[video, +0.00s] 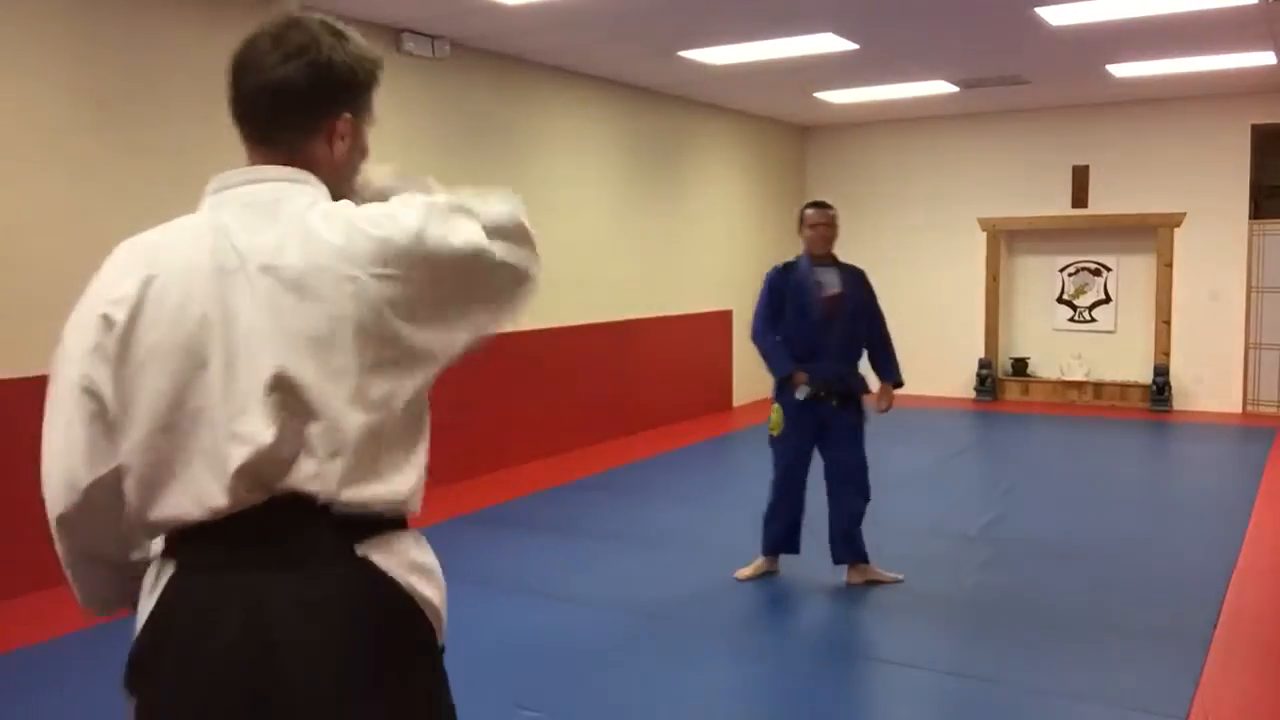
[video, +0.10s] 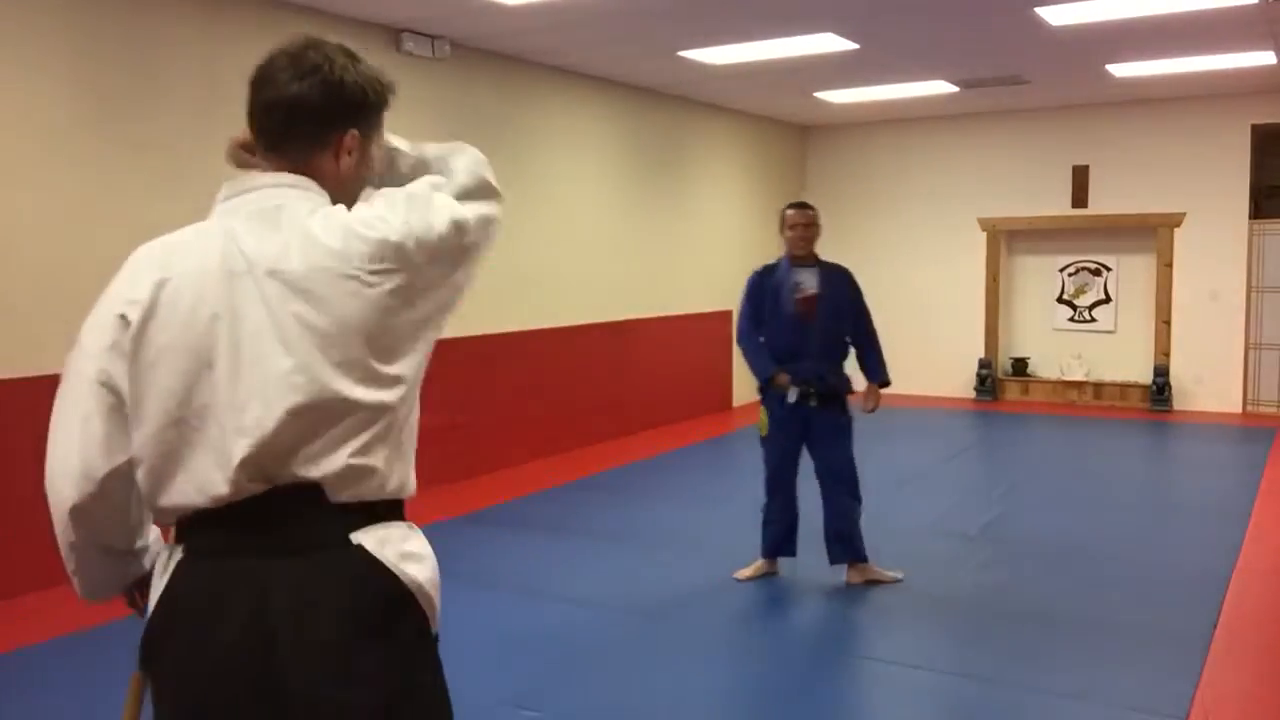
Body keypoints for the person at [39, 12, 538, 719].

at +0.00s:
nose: (365, 143)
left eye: (364, 126)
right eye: (364, 128)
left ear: (247, 126)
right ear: (340, 133)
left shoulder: (134, 269)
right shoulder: (378, 246)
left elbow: (75, 485)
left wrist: (131, 585)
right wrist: (380, 192)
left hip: (195, 599)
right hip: (360, 598)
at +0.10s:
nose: (370, 164)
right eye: (372, 150)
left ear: (258, 142)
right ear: (347, 150)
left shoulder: (150, 273)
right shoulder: (377, 248)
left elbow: (81, 477)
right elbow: (471, 183)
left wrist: (135, 576)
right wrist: (368, 155)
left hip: (202, 588)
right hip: (358, 586)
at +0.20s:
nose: (368, 186)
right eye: (370, 167)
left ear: (267, 161)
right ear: (348, 168)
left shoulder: (157, 281)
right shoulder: (368, 255)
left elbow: (88, 478)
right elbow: (437, 170)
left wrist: (132, 567)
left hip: (204, 582)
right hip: (347, 582)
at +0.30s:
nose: (356, 198)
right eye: (359, 180)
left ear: (262, 166)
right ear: (339, 177)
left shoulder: (156, 282)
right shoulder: (352, 255)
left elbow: (94, 470)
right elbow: (414, 177)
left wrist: (136, 556)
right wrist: (260, 150)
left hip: (200, 565)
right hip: (332, 562)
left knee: (212, 708)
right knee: (373, 707)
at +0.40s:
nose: (348, 190)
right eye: (352, 176)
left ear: (262, 163)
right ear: (328, 173)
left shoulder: (156, 272)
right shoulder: (337, 248)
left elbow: (105, 448)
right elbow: (402, 175)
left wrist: (140, 541)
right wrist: (255, 162)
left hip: (193, 546)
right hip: (318, 547)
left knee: (207, 708)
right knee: (375, 707)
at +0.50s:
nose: (348, 182)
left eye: (349, 167)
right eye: (350, 168)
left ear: (261, 153)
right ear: (323, 167)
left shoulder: (161, 266)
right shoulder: (337, 240)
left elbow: (121, 429)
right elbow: (399, 182)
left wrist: (142, 518)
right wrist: (245, 176)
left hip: (191, 529)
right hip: (315, 530)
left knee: (201, 706)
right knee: (367, 704)